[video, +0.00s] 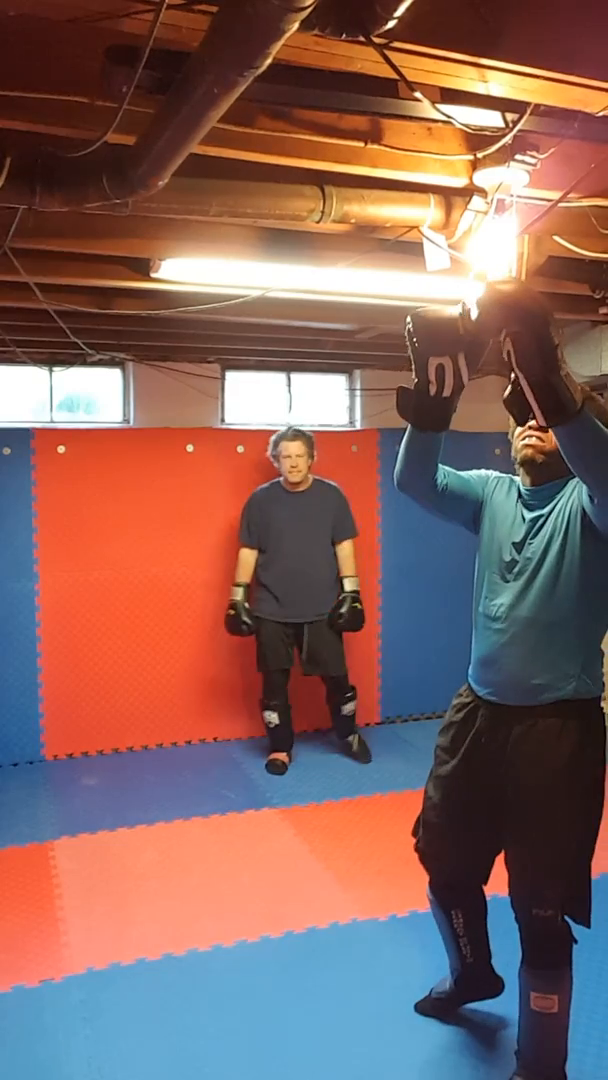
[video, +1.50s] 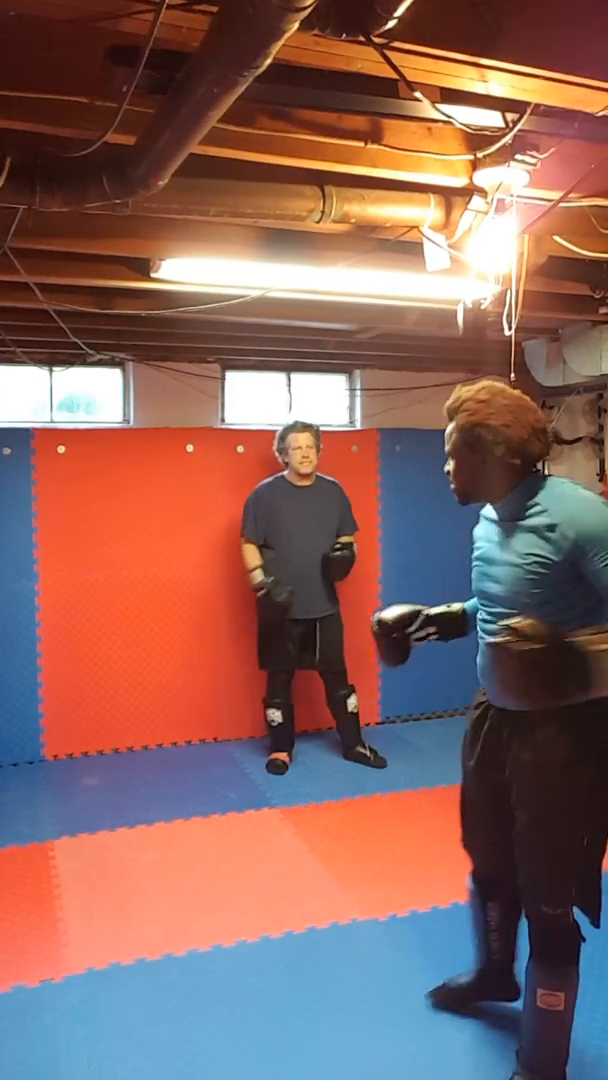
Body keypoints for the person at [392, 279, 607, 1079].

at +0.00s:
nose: (530, 428)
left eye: (546, 420)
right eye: (521, 419)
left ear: (575, 435)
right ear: (508, 434)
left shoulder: (591, 499)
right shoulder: (492, 489)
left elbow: (597, 468)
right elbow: (415, 479)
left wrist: (548, 381)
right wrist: (430, 419)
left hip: (561, 723)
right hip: (479, 713)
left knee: (543, 905)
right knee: (443, 850)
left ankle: (542, 1065)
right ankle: (474, 974)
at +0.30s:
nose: (532, 429)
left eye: (547, 421)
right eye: (522, 420)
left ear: (573, 436)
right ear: (507, 435)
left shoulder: (591, 499)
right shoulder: (492, 491)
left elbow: (594, 458)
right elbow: (415, 478)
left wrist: (547, 383)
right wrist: (432, 404)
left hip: (563, 721)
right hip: (480, 713)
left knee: (544, 899)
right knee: (441, 846)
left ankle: (543, 1063)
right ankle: (473, 974)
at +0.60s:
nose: (526, 432)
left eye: (541, 422)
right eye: (517, 421)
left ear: (577, 436)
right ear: (505, 435)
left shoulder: (593, 501)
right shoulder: (492, 490)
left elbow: (595, 465)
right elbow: (416, 479)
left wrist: (541, 384)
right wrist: (430, 415)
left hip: (562, 725)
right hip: (480, 714)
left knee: (543, 902)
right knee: (440, 846)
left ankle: (542, 1066)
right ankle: (473, 975)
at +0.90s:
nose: (517, 433)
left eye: (532, 424)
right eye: (510, 423)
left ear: (569, 435)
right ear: (502, 434)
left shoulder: (588, 500)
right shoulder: (490, 489)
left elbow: (593, 468)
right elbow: (414, 475)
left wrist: (542, 388)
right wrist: (428, 412)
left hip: (560, 725)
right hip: (479, 715)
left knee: (543, 902)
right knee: (440, 847)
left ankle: (542, 1064)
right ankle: (472, 974)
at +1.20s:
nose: (477, 443)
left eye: (490, 433)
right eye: (480, 432)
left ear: (535, 444)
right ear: (512, 444)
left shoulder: (584, 505)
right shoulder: (478, 511)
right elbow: (405, 562)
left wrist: (595, 430)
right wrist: (376, 504)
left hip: (563, 723)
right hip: (483, 714)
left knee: (544, 904)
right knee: (445, 850)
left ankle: (542, 1067)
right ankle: (471, 971)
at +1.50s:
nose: (446, 468)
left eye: (455, 454)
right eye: (447, 454)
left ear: (502, 455)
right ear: (494, 457)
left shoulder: (582, 521)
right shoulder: (489, 520)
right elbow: (505, 609)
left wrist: (571, 652)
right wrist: (434, 619)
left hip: (563, 733)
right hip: (495, 722)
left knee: (548, 902)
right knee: (491, 862)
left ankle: (544, 1067)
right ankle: (495, 976)